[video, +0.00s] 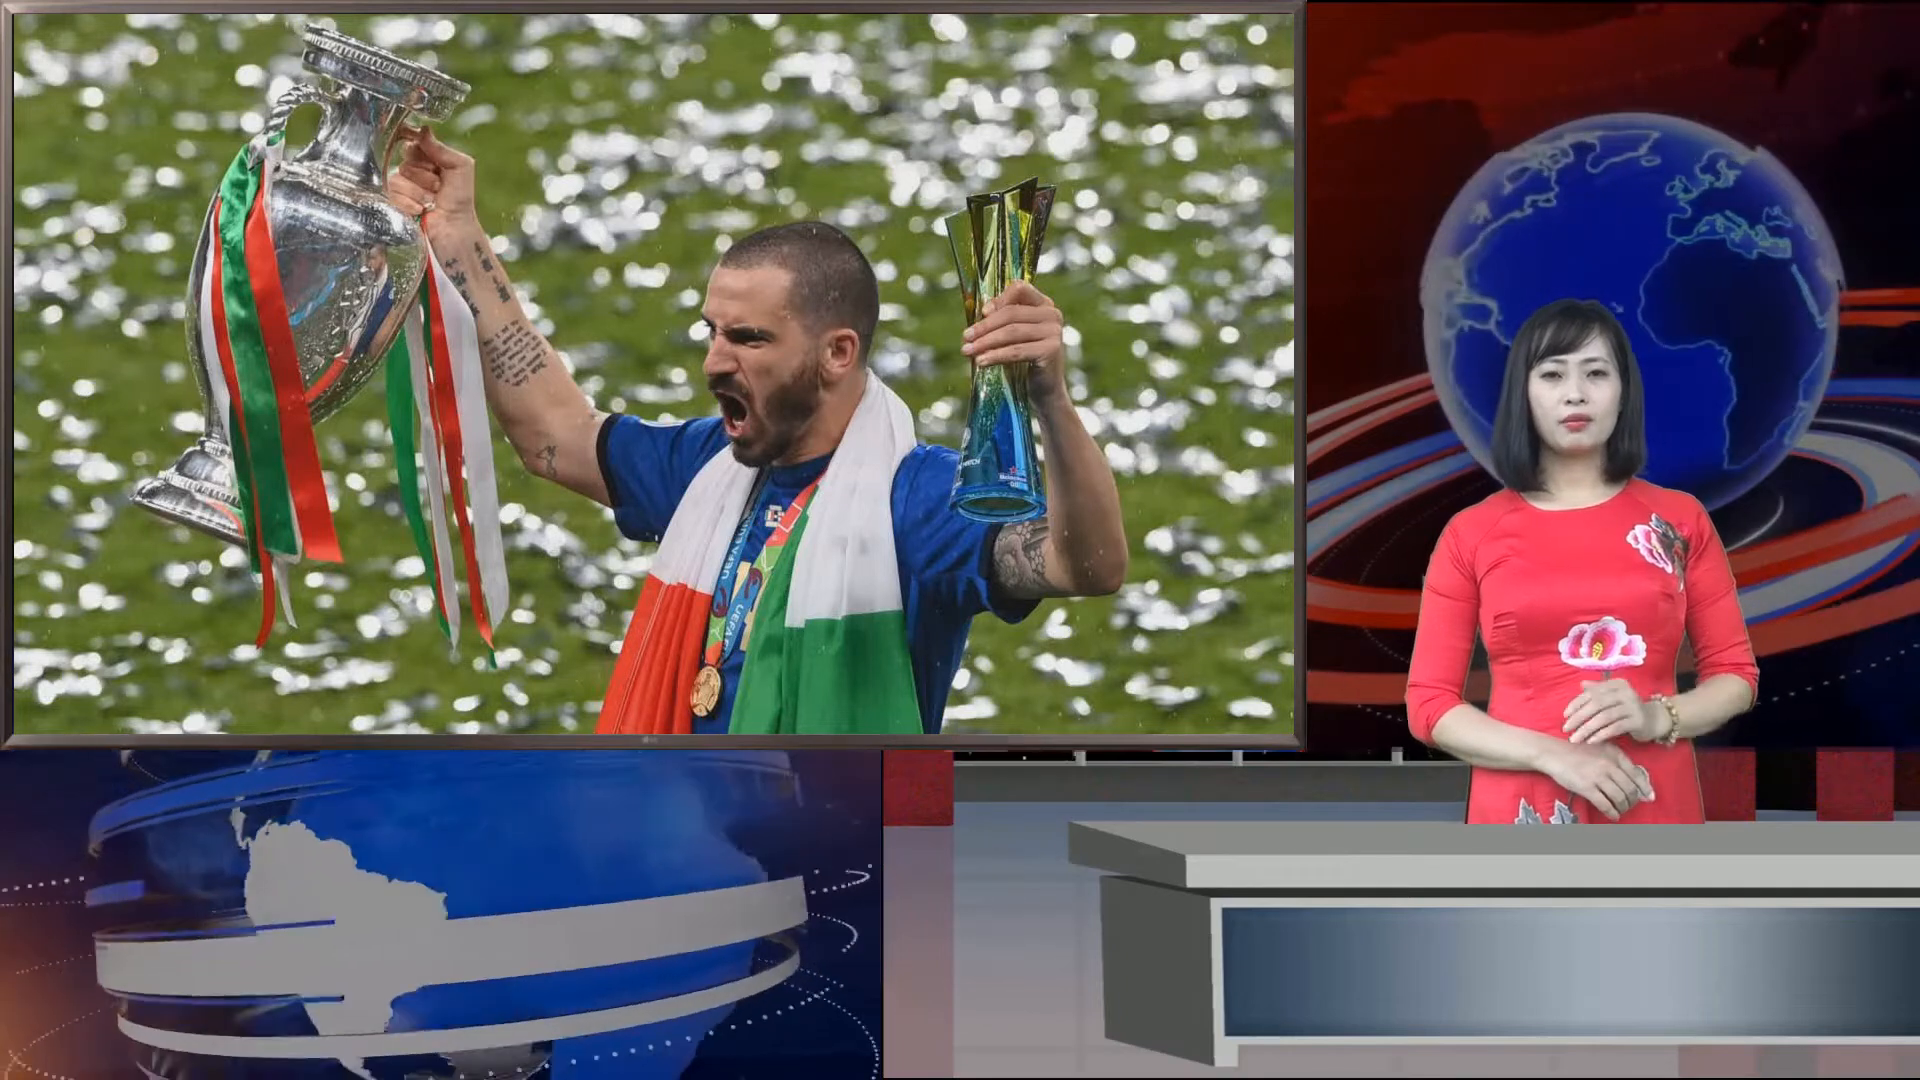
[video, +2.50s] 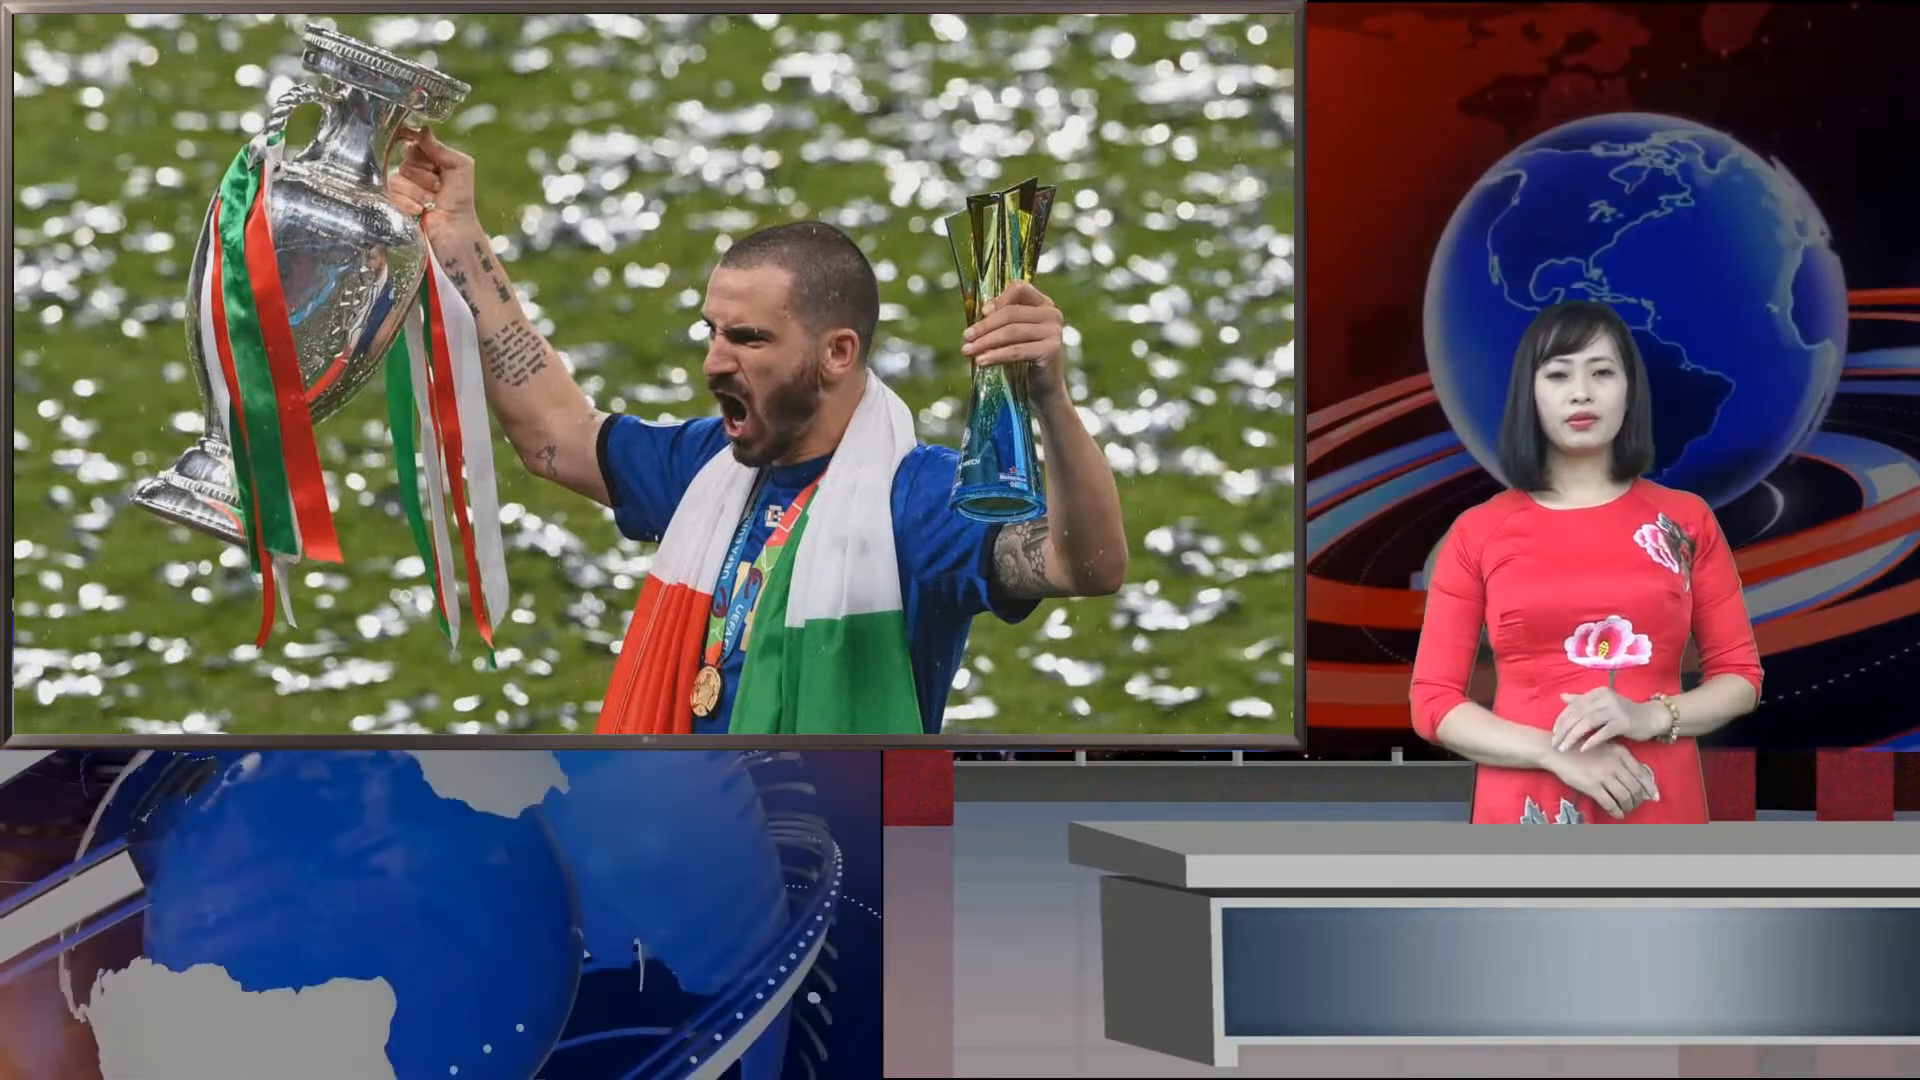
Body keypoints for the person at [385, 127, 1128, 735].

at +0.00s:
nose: (713, 362)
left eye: (747, 339)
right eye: (711, 333)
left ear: (839, 356)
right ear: (705, 327)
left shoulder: (915, 493)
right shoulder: (703, 466)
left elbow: (1090, 563)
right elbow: (557, 438)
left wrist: (1049, 399)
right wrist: (464, 252)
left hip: (833, 893)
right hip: (670, 883)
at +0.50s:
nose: (713, 362)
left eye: (747, 339)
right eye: (711, 333)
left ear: (839, 355)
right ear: (705, 327)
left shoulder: (915, 493)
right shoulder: (703, 466)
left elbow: (1090, 563)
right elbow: (557, 438)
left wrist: (1049, 398)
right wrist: (464, 252)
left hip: (833, 890)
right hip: (674, 881)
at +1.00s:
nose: (713, 362)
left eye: (747, 339)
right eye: (711, 333)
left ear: (838, 355)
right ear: (705, 327)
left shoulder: (914, 493)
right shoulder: (703, 466)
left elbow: (1090, 563)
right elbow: (557, 438)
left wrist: (1049, 399)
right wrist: (464, 252)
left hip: (834, 908)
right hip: (672, 894)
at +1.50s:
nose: (713, 362)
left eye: (747, 339)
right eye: (711, 333)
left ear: (839, 355)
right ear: (705, 327)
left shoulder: (915, 493)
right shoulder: (703, 466)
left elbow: (1090, 563)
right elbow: (557, 438)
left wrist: (1049, 399)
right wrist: (465, 254)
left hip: (830, 898)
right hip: (671, 882)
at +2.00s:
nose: (713, 361)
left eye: (747, 339)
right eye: (711, 333)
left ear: (839, 355)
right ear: (705, 327)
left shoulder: (914, 493)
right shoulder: (703, 465)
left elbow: (1089, 563)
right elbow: (557, 438)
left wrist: (1049, 398)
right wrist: (465, 255)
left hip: (831, 897)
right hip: (672, 886)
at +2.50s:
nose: (713, 362)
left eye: (747, 339)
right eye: (711, 333)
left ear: (839, 355)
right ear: (705, 327)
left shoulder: (914, 493)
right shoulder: (703, 466)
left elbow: (1089, 563)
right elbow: (557, 438)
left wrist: (1049, 399)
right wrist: (464, 254)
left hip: (836, 895)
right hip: (673, 886)